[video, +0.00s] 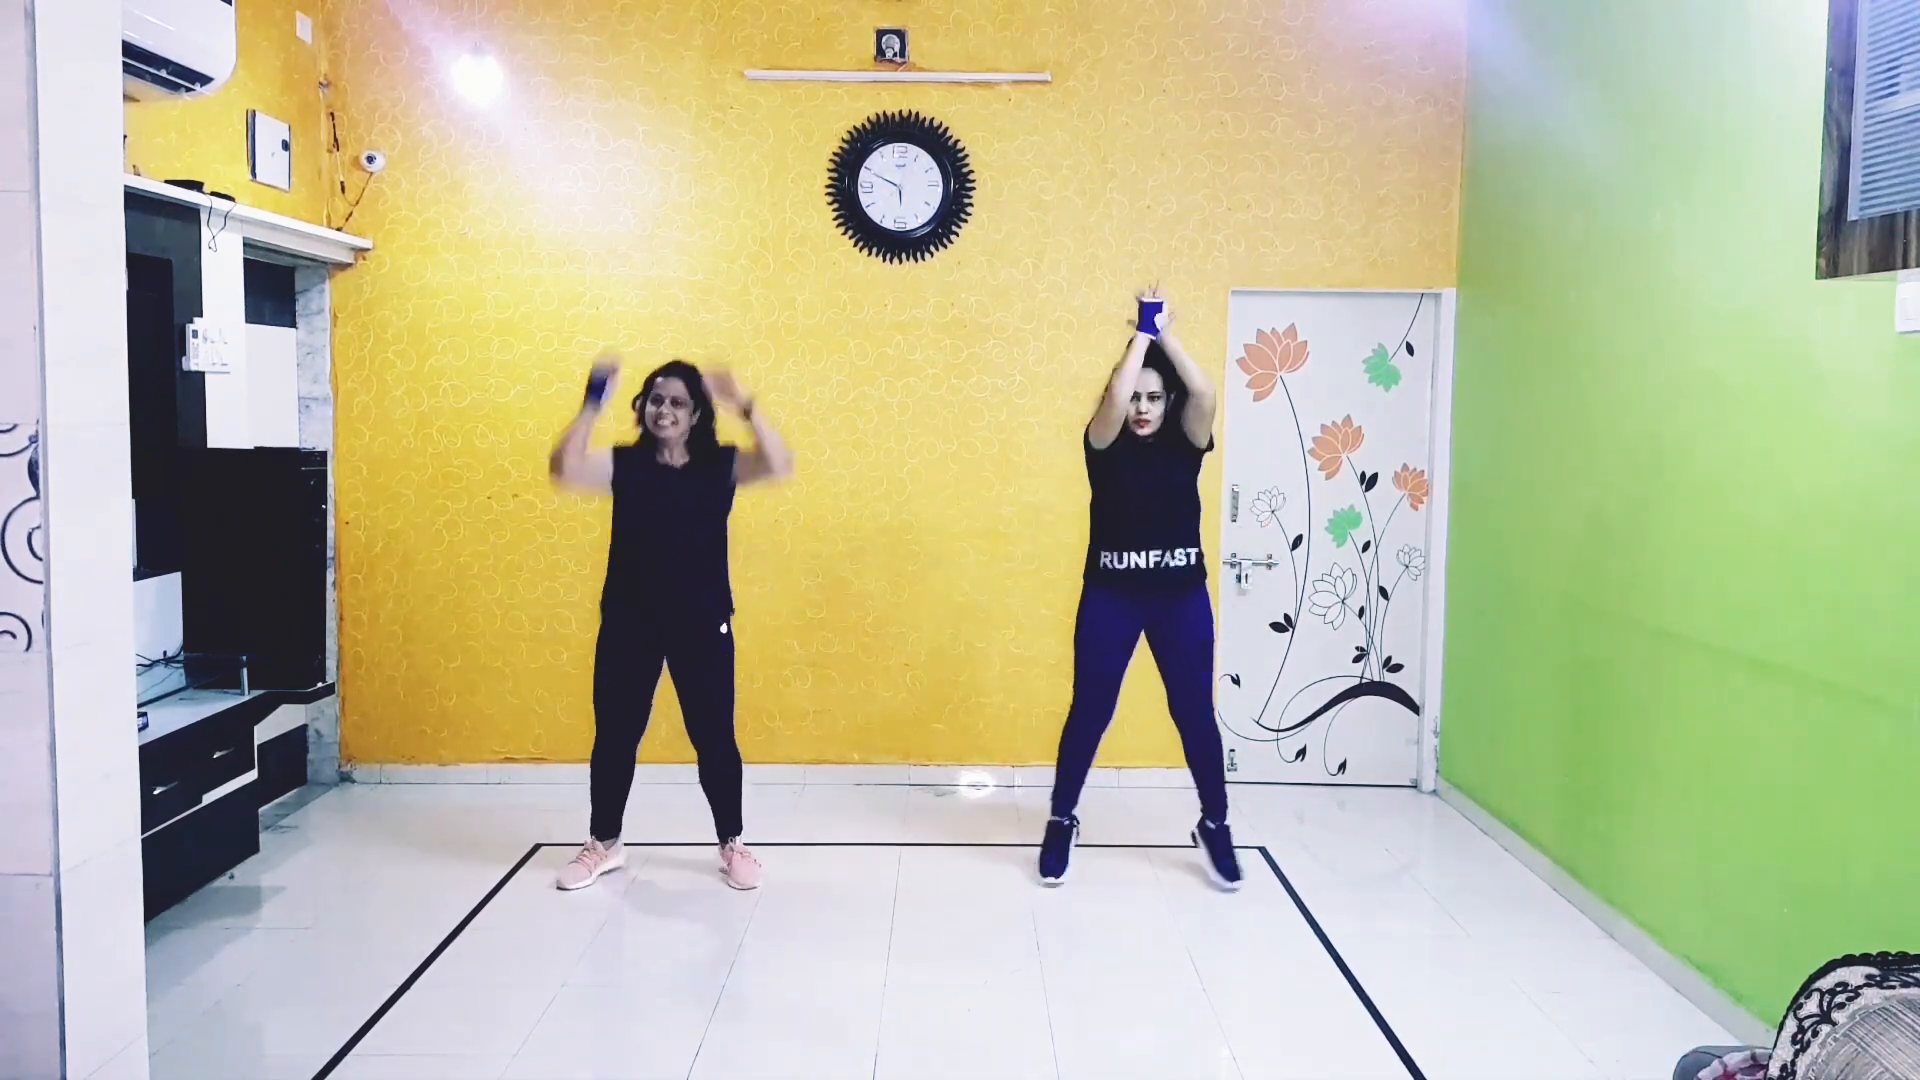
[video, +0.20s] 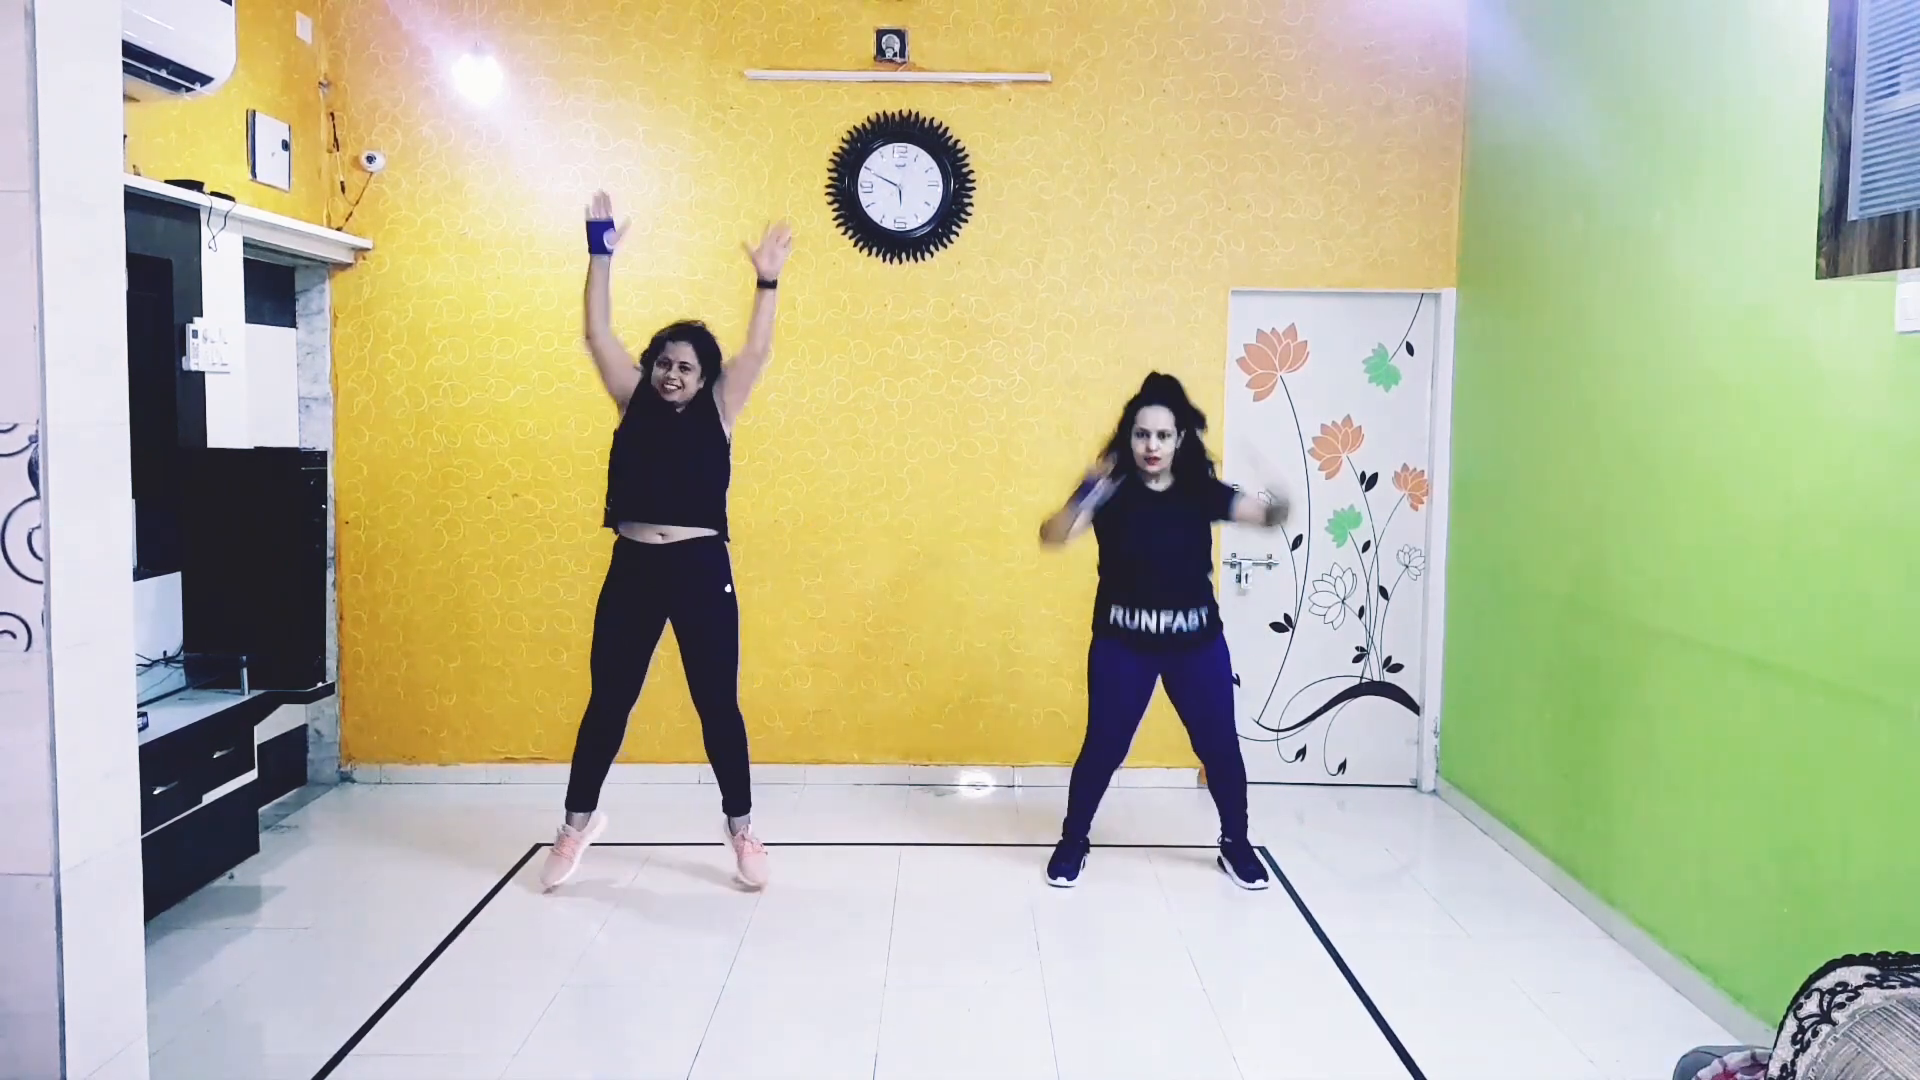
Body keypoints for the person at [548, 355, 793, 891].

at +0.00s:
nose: (663, 408)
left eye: (676, 401)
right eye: (655, 399)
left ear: (697, 413)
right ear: (643, 408)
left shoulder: (721, 464)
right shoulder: (624, 462)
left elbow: (779, 465)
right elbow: (564, 469)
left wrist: (745, 406)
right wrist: (590, 406)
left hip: (701, 623)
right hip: (629, 621)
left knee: (715, 737)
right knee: (614, 734)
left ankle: (732, 845)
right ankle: (603, 845)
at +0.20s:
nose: (676, 374)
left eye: (688, 365)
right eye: (667, 363)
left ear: (707, 375)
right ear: (652, 366)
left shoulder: (719, 407)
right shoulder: (634, 396)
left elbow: (756, 354)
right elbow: (598, 333)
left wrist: (767, 283)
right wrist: (600, 254)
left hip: (700, 570)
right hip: (633, 569)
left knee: (718, 704)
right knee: (607, 703)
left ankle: (741, 828)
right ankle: (575, 825)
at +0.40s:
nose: (672, 410)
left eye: (685, 404)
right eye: (664, 400)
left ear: (703, 416)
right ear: (649, 409)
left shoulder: (726, 480)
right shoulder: (623, 474)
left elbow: (766, 535)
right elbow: (580, 527)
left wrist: (783, 543)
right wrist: (554, 537)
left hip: (702, 627)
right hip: (630, 624)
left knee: (714, 745)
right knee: (603, 740)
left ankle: (729, 854)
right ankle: (571, 853)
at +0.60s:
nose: (661, 409)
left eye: (675, 403)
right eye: (653, 399)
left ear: (694, 416)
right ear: (640, 407)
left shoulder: (713, 481)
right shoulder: (610, 474)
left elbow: (735, 549)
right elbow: (582, 548)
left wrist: (765, 608)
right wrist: (553, 614)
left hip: (686, 628)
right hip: (614, 625)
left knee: (702, 741)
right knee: (598, 740)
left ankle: (727, 851)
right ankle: (573, 854)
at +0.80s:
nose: (649, 406)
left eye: (663, 400)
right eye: (642, 396)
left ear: (681, 414)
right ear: (627, 405)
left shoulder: (702, 476)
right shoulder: (600, 471)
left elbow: (728, 547)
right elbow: (565, 547)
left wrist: (758, 606)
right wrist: (529, 610)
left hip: (681, 627)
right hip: (609, 624)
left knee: (698, 737)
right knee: (595, 738)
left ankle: (727, 853)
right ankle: (573, 854)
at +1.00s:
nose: (640, 405)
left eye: (654, 400)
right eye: (633, 396)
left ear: (673, 414)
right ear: (619, 406)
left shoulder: (697, 478)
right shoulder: (593, 476)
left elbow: (718, 548)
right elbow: (569, 550)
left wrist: (743, 612)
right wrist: (549, 618)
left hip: (673, 628)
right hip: (601, 627)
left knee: (696, 740)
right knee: (592, 741)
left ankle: (727, 854)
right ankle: (574, 854)